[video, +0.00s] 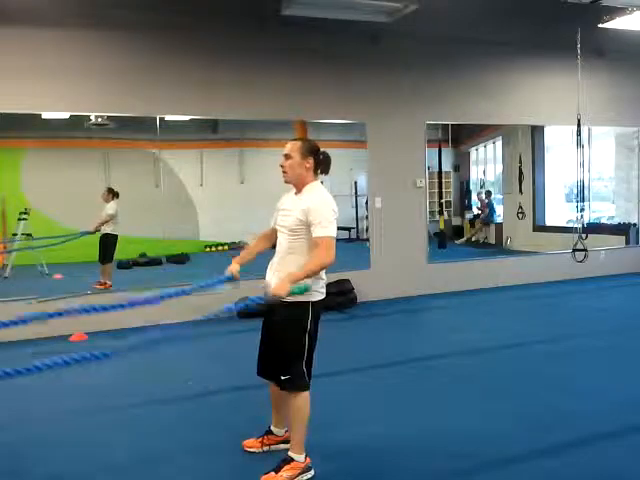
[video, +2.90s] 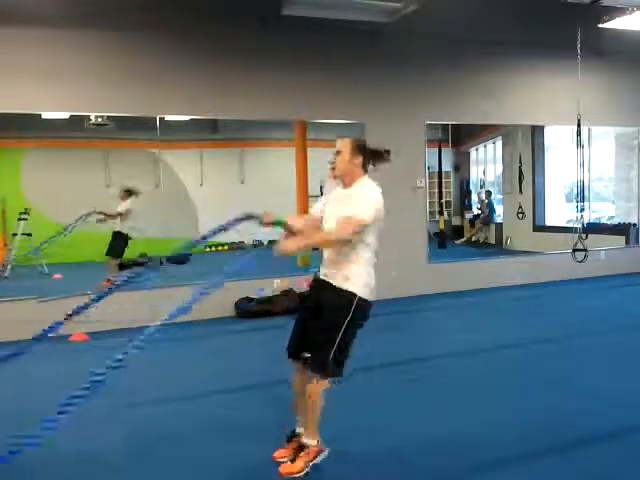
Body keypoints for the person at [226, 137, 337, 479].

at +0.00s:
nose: (282, 164)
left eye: (288, 158)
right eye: (283, 158)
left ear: (309, 164)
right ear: (297, 164)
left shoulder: (320, 201)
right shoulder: (289, 197)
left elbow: (325, 256)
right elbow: (270, 236)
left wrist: (292, 278)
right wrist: (240, 259)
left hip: (304, 300)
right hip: (278, 297)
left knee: (295, 378)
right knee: (274, 370)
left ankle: (299, 458)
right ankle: (279, 431)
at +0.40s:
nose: (297, 164)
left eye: (303, 159)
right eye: (298, 158)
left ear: (323, 166)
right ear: (312, 166)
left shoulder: (333, 200)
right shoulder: (303, 199)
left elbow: (330, 257)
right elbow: (293, 246)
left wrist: (295, 283)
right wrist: (271, 275)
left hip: (325, 298)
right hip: (298, 296)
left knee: (318, 376)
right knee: (288, 370)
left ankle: (350, 443)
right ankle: (281, 433)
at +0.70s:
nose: (323, 161)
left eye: (329, 155)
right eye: (324, 155)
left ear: (350, 162)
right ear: (339, 162)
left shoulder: (361, 197)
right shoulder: (333, 197)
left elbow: (378, 247)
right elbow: (338, 246)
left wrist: (347, 276)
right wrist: (317, 262)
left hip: (356, 302)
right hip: (327, 298)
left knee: (357, 376)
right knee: (312, 365)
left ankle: (363, 446)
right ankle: (306, 424)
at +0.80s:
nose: (329, 161)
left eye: (335, 156)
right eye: (329, 156)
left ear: (356, 159)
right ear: (345, 160)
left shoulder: (368, 191)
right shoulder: (336, 194)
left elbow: (391, 226)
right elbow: (327, 221)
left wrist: (361, 244)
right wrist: (303, 229)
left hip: (359, 298)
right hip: (332, 293)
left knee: (360, 375)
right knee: (330, 364)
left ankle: (365, 446)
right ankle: (337, 421)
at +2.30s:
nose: (355, 151)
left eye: (362, 145)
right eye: (355, 146)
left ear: (383, 151)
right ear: (361, 153)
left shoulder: (396, 179)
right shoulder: (354, 183)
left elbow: (395, 194)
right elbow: (322, 191)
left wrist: (359, 200)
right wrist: (296, 200)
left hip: (376, 282)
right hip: (348, 277)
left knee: (365, 357)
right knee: (329, 346)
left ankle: (373, 438)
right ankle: (334, 410)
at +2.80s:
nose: (333, 150)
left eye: (339, 144)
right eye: (334, 144)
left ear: (358, 148)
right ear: (347, 149)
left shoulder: (374, 181)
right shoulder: (336, 182)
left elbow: (376, 204)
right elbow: (320, 211)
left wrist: (340, 209)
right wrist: (283, 213)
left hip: (357, 276)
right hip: (328, 271)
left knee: (338, 354)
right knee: (307, 344)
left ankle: (339, 436)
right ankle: (310, 414)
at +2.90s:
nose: (333, 160)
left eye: (339, 154)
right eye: (334, 154)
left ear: (358, 160)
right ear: (348, 159)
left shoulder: (370, 195)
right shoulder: (335, 189)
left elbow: (346, 234)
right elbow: (316, 222)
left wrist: (302, 242)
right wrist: (281, 221)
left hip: (350, 291)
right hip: (325, 283)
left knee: (317, 367)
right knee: (299, 359)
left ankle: (312, 443)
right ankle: (303, 433)